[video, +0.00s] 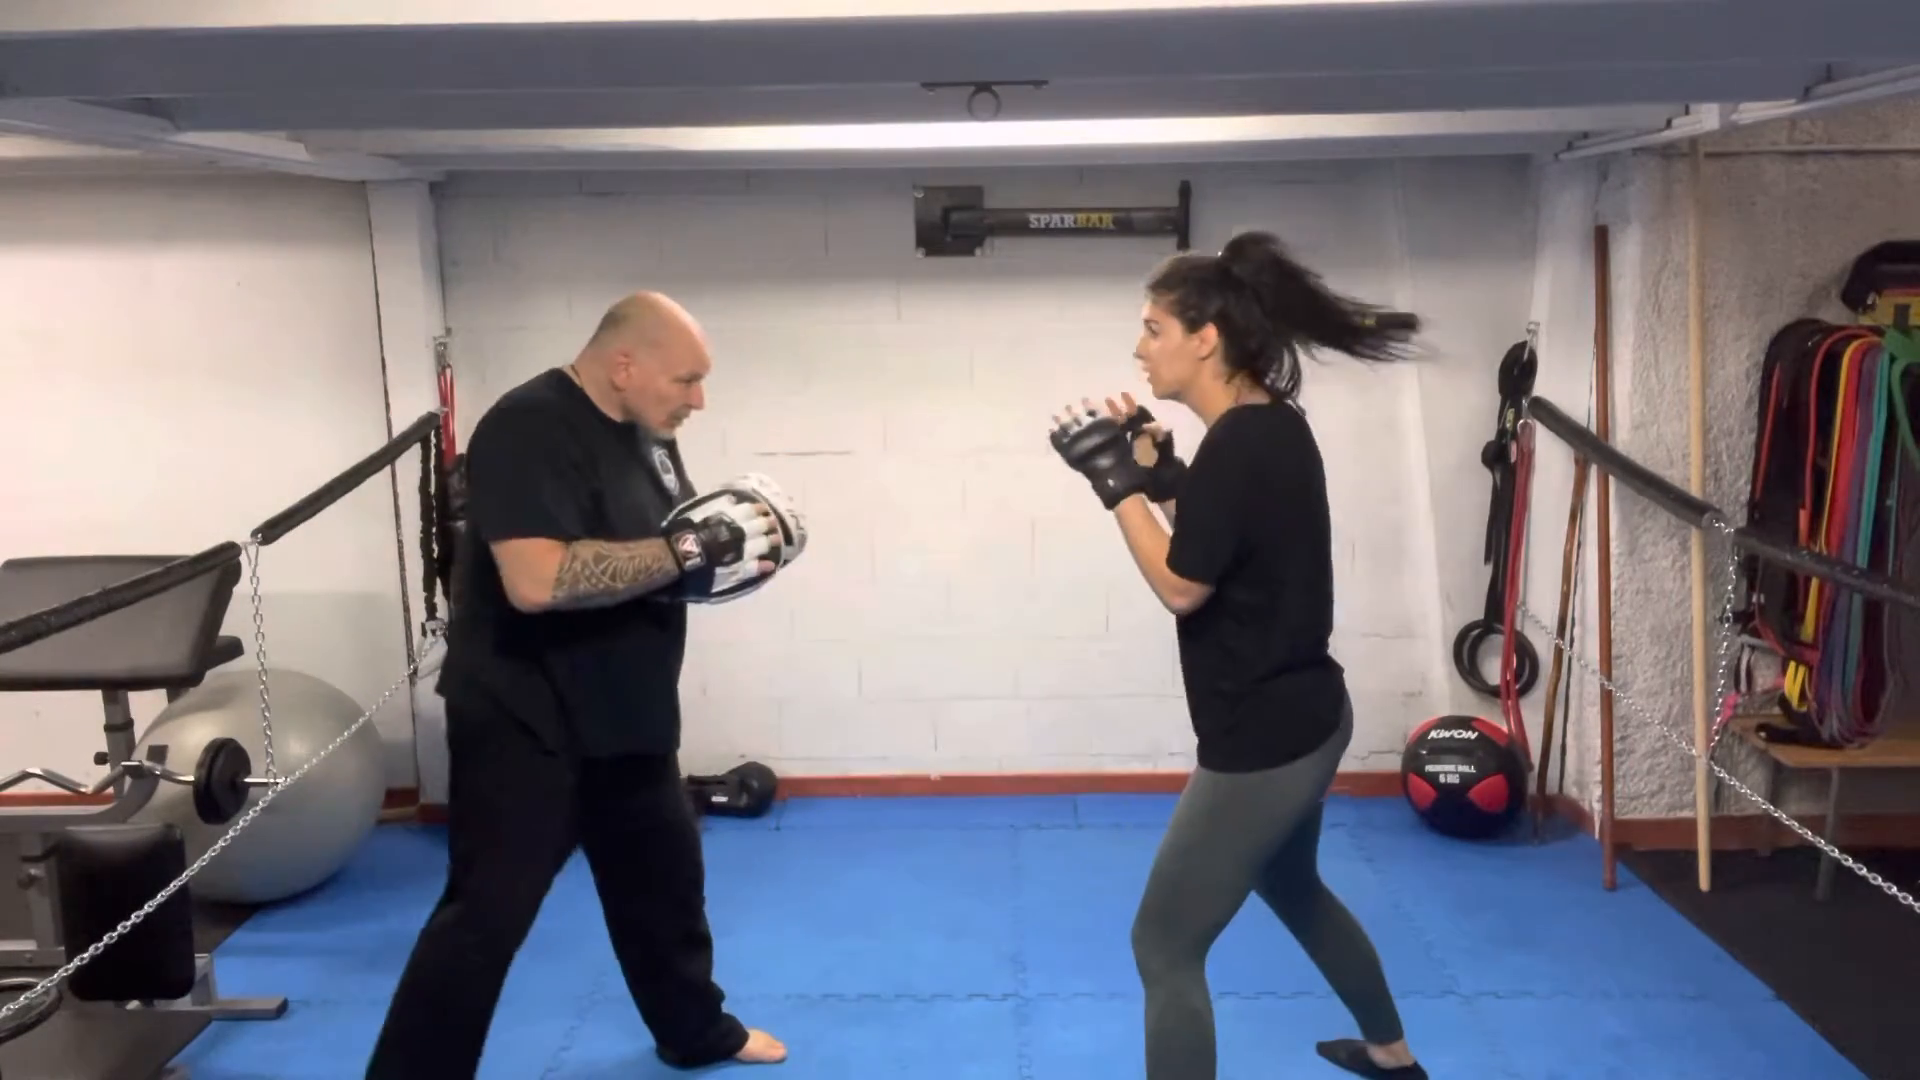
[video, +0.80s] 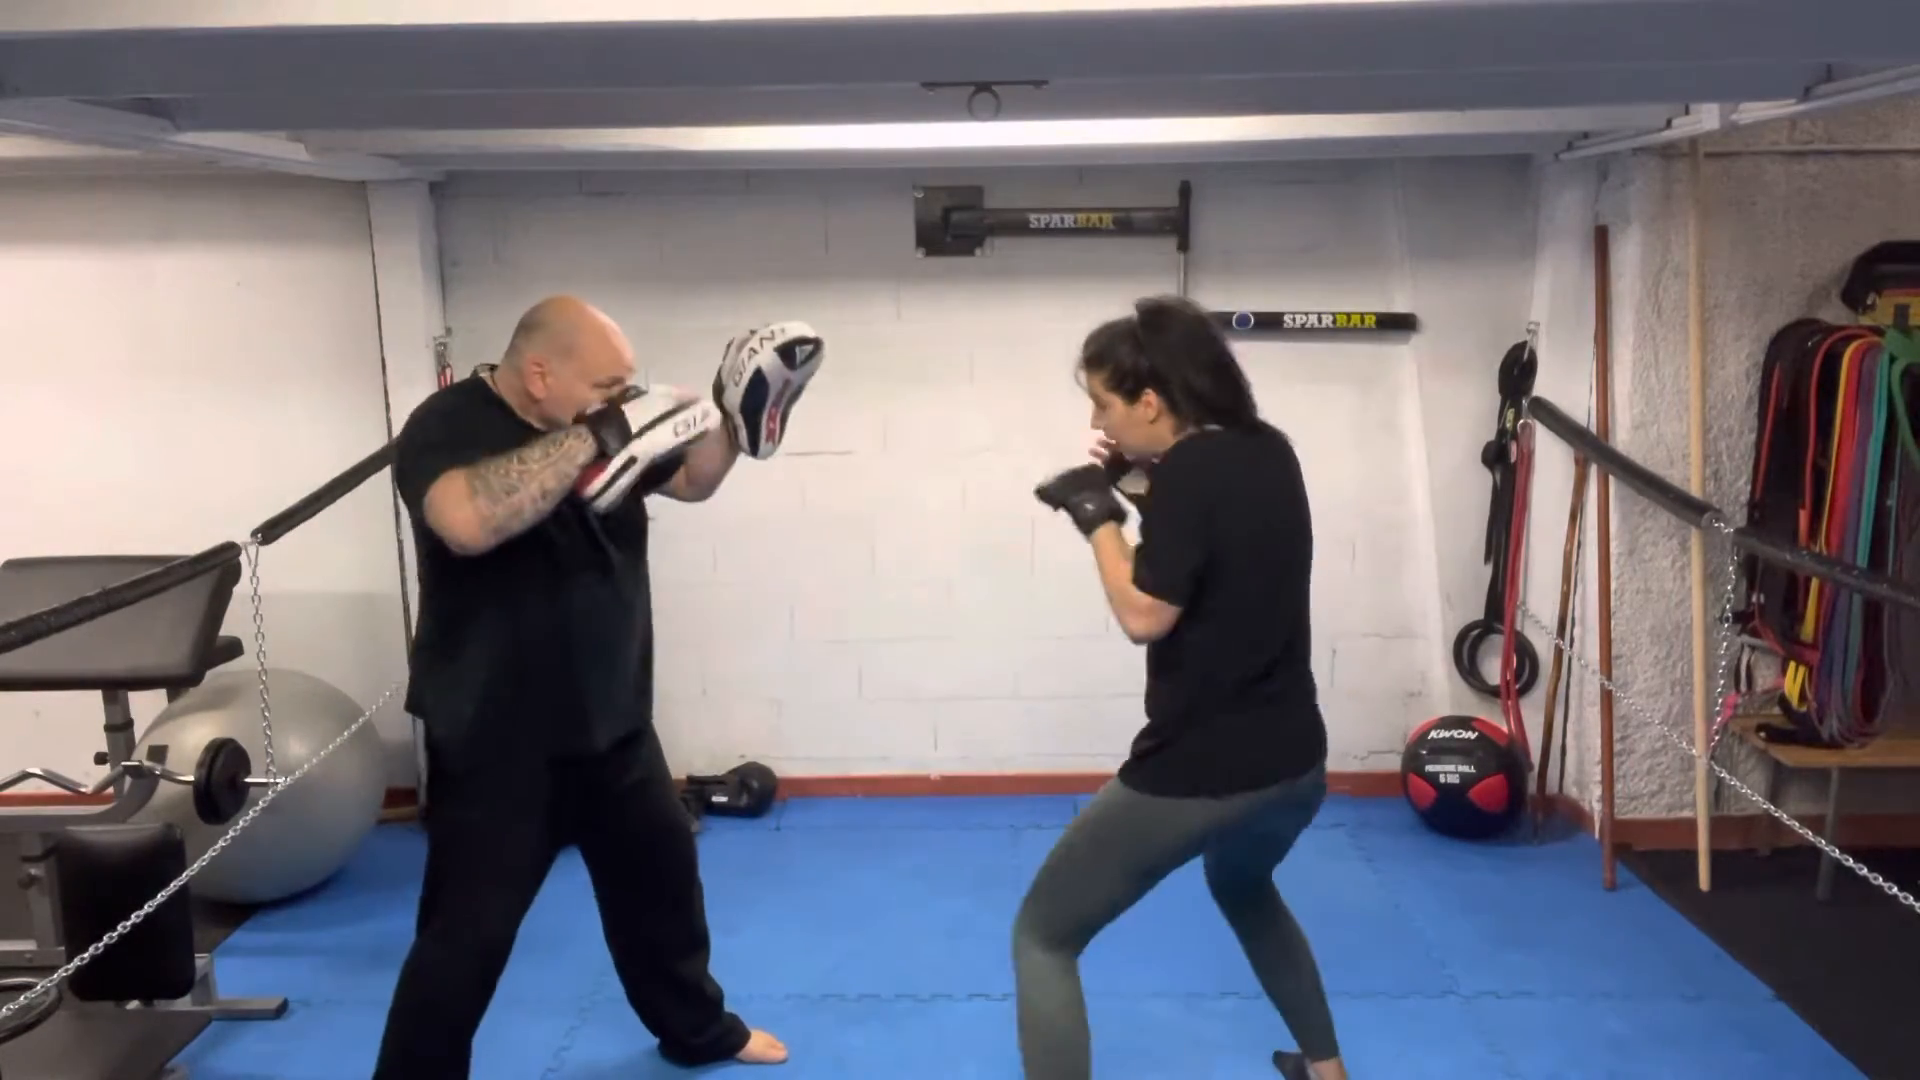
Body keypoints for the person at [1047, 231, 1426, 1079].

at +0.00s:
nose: (1140, 349)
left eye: (1152, 330)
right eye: (1143, 330)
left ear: (1206, 340)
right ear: (1208, 340)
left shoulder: (1239, 444)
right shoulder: (1276, 428)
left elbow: (1180, 586)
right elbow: (1234, 552)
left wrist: (1116, 485)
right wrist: (1167, 473)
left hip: (1259, 746)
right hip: (1308, 722)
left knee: (1165, 945)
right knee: (1292, 885)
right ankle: (1390, 1048)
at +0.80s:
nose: (1096, 421)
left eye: (1101, 402)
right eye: (1094, 403)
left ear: (1151, 399)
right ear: (1167, 390)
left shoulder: (1187, 474)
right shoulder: (1271, 453)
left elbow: (1145, 615)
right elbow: (1233, 560)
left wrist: (1100, 523)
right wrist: (1150, 487)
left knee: (1045, 935)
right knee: (1244, 886)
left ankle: (1058, 1079)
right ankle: (1326, 1064)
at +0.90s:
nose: (1086, 421)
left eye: (1087, 404)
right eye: (1081, 405)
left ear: (1130, 400)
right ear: (1189, 384)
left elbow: (1017, 550)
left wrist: (984, 478)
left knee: (1038, 963)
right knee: (1259, 891)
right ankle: (1326, 1062)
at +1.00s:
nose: (1062, 422)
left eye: (1064, 406)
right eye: (1061, 406)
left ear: (1090, 403)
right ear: (1166, 391)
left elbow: (920, 467)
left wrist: (830, 423)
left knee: (1002, 979)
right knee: (1236, 900)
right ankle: (1318, 1063)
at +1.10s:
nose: (1014, 439)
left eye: (1014, 422)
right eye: (1009, 422)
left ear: (1045, 418)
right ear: (1114, 399)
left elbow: (909, 544)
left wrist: (846, 455)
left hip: (1111, 822)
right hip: (1199, 799)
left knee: (961, 985)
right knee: (1170, 912)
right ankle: (1303, 1052)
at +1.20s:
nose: (946, 449)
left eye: (954, 434)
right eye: (944, 433)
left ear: (1007, 437)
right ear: (1039, 423)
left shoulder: (1082, 529)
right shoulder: (1112, 496)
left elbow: (976, 644)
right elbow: (1047, 554)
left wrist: (934, 520)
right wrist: (981, 495)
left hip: (1103, 841)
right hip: (1147, 808)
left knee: (938, 990)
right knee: (1126, 930)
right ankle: (1286, 1032)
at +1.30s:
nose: (928, 460)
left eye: (938, 451)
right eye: (928, 448)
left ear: (993, 458)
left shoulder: (1116, 523)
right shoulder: (1015, 493)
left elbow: (1034, 666)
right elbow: (864, 461)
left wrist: (962, 533)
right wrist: (737, 458)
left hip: (1115, 833)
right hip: (1094, 809)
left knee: (942, 995)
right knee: (1125, 944)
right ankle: (1290, 1029)